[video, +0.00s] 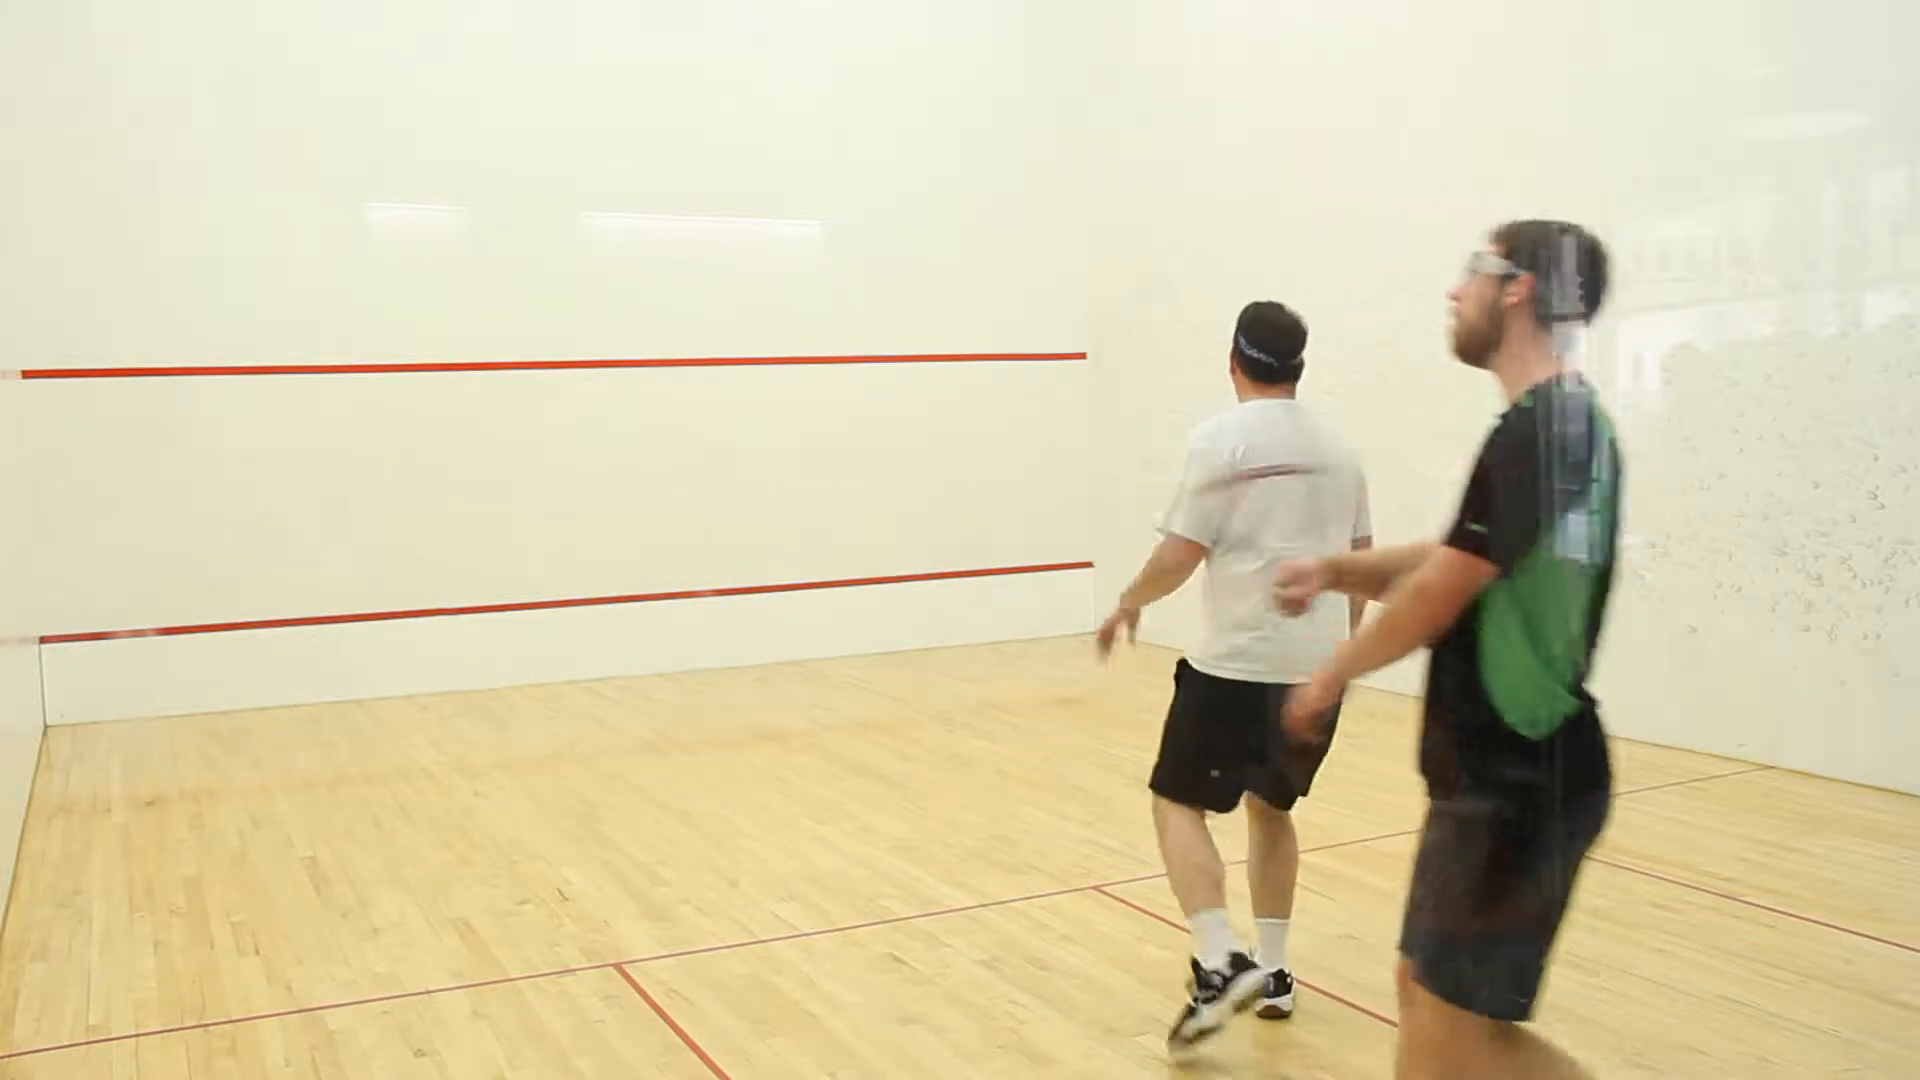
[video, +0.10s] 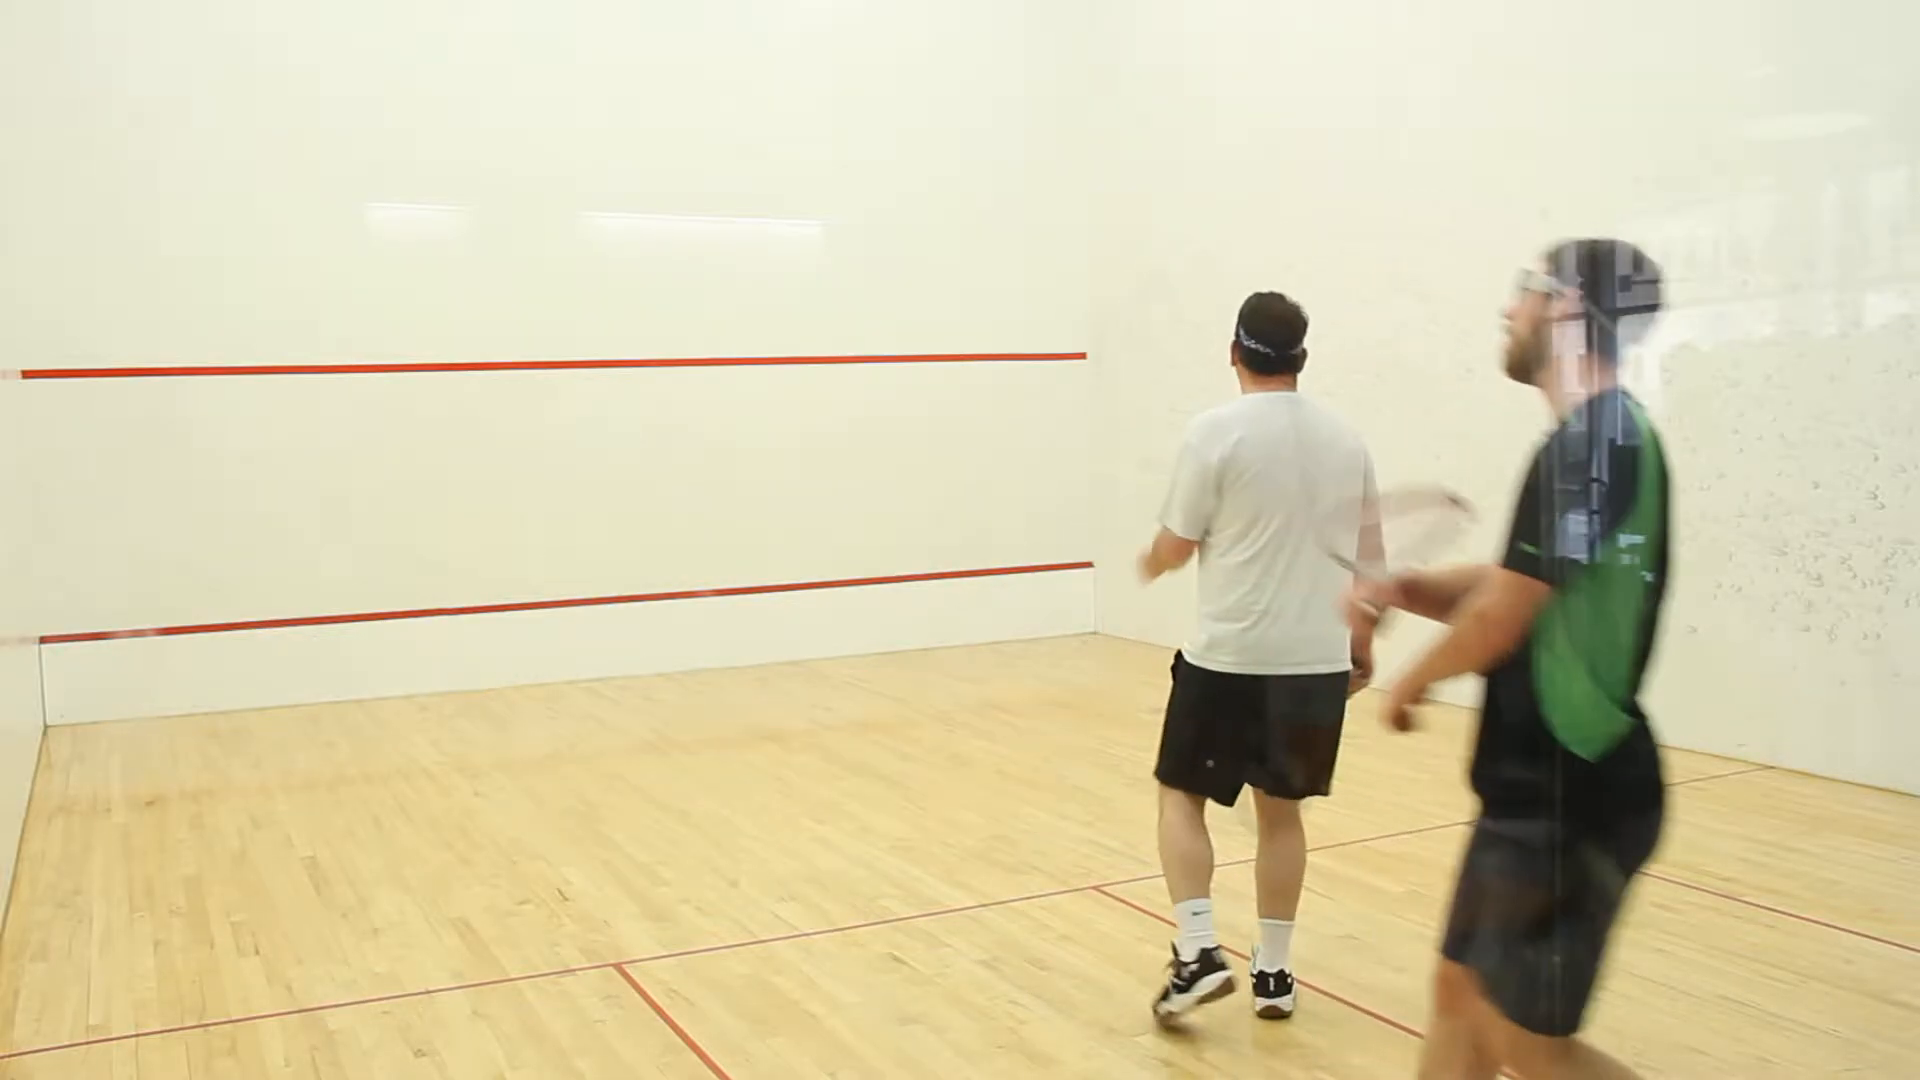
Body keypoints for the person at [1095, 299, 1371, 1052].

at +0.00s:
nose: (1232, 367)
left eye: (1232, 355)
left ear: (1236, 361)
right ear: (1300, 366)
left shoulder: (1222, 441)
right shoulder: (1339, 450)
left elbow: (1180, 555)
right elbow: (1363, 568)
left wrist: (1132, 601)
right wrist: (1349, 651)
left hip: (1228, 671)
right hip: (1315, 675)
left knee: (1176, 799)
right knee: (1271, 806)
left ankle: (1222, 961)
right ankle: (1274, 970)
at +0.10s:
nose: (1231, 357)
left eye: (1232, 348)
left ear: (1236, 353)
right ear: (1302, 356)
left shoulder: (1216, 435)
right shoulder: (1346, 442)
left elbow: (1178, 545)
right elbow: (1372, 562)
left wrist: (1152, 561)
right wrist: (1361, 640)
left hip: (1223, 667)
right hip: (1314, 669)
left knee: (1182, 792)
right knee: (1281, 807)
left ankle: (1198, 954)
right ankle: (1274, 974)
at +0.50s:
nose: (1318, 357)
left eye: (1310, 347)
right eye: (1316, 348)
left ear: (1247, 355)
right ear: (1308, 355)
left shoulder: (1210, 434)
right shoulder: (1333, 431)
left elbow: (1181, 536)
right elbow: (1366, 543)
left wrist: (1258, 531)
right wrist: (1415, 635)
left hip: (1214, 655)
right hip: (1301, 657)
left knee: (1225, 787)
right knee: (1314, 792)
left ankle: (1210, 943)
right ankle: (1274, 928)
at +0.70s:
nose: (1345, 356)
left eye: (1341, 344)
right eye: (1343, 345)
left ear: (1277, 356)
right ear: (1333, 351)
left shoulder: (1244, 423)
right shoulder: (1338, 428)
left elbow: (1217, 514)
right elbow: (1346, 542)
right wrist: (1369, 654)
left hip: (1240, 649)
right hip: (1313, 652)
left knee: (1242, 775)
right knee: (1393, 758)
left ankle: (1212, 940)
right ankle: (1352, 920)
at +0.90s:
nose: (1404, 366)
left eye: (1402, 354)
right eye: (1401, 354)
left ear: (1338, 358)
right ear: (1385, 357)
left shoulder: (1308, 419)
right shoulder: (1386, 428)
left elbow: (1299, 532)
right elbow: (1370, 539)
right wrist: (1373, 652)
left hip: (1290, 647)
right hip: (1362, 654)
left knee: (1279, 772)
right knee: (1412, 778)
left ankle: (1217, 926)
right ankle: (1412, 929)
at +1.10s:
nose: (1459, 359)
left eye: (1458, 347)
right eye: (1453, 346)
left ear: (1395, 348)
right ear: (1425, 348)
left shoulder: (1363, 411)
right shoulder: (1429, 419)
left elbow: (1358, 526)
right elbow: (1433, 533)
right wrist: (1459, 642)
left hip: (1358, 634)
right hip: (1408, 638)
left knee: (1384, 760)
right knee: (1436, 778)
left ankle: (1288, 866)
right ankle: (1416, 931)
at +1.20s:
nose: (1483, 357)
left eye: (1483, 344)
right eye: (1477, 345)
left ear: (1426, 346)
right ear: (1444, 346)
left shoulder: (1391, 412)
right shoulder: (1447, 417)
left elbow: (1391, 527)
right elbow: (1453, 531)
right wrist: (1501, 633)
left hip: (1389, 630)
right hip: (1434, 634)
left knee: (1421, 761)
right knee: (1442, 778)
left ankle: (1352, 869)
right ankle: (1416, 930)